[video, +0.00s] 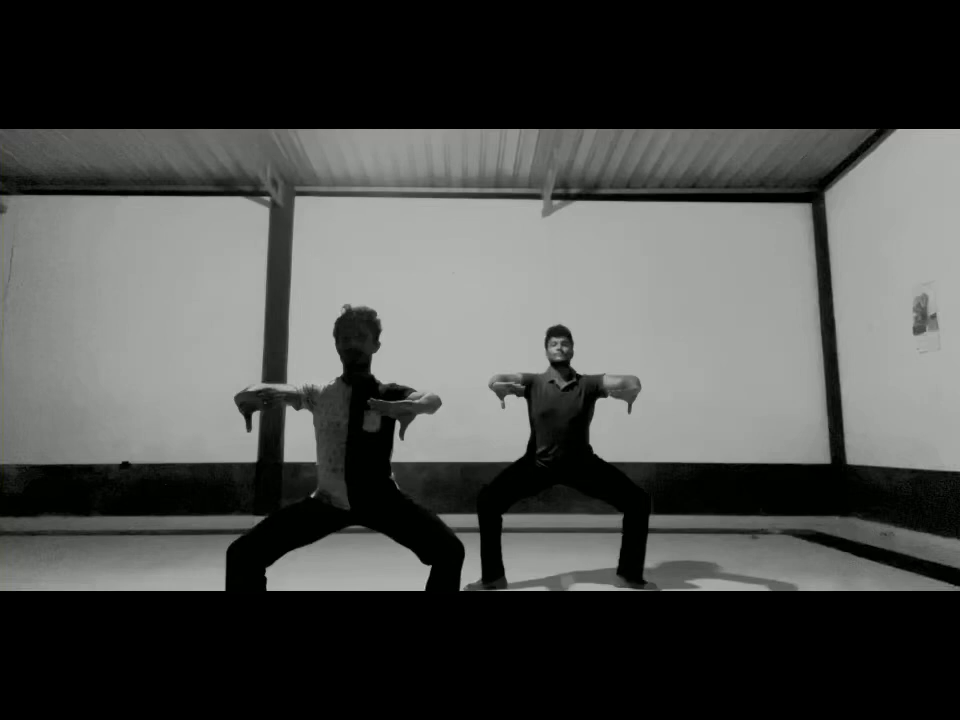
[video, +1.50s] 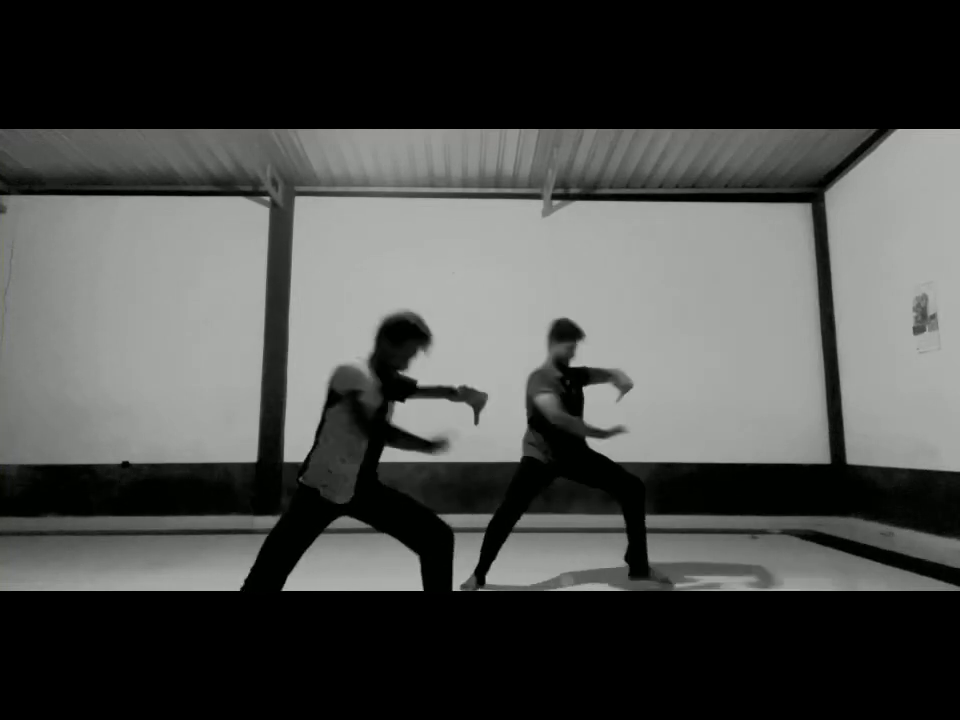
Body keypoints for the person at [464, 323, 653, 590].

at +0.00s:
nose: (560, 348)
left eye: (565, 344)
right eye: (554, 344)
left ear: (572, 350)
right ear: (546, 351)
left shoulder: (588, 383)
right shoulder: (533, 382)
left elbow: (629, 382)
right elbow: (495, 381)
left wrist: (630, 390)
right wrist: (503, 387)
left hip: (581, 464)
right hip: (538, 465)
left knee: (638, 501)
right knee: (489, 500)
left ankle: (630, 574)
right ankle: (493, 577)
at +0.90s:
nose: (575, 349)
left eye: (578, 343)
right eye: (569, 344)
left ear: (584, 344)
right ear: (559, 345)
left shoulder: (599, 378)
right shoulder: (544, 377)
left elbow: (639, 376)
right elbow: (504, 376)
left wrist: (663, 386)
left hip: (586, 458)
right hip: (547, 459)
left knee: (639, 497)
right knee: (514, 513)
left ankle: (640, 571)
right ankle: (488, 574)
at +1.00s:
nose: (592, 342)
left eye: (595, 337)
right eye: (585, 338)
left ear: (599, 341)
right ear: (574, 342)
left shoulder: (607, 378)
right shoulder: (564, 370)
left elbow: (646, 378)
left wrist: (672, 390)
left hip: (589, 457)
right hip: (553, 455)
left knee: (640, 497)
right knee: (522, 511)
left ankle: (642, 572)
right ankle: (485, 574)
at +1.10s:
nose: (614, 347)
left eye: (614, 343)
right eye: (609, 343)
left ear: (612, 348)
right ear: (592, 346)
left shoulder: (611, 385)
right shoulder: (577, 368)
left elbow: (644, 389)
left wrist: (661, 396)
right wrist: (635, 356)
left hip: (583, 456)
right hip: (551, 451)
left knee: (632, 496)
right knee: (520, 507)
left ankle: (642, 572)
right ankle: (480, 566)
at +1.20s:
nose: (620, 366)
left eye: (623, 362)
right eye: (616, 360)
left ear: (618, 361)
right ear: (600, 355)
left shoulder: (602, 387)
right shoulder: (585, 373)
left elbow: (623, 398)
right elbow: (623, 376)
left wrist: (642, 405)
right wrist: (663, 370)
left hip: (572, 453)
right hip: (547, 451)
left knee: (624, 495)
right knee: (518, 510)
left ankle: (641, 571)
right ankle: (481, 574)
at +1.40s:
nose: (593, 361)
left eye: (595, 357)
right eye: (592, 355)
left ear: (577, 349)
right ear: (583, 351)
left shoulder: (579, 376)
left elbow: (613, 387)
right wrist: (642, 424)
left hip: (569, 454)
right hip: (540, 454)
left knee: (623, 493)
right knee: (510, 513)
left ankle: (637, 571)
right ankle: (478, 579)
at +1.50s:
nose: (571, 350)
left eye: (574, 344)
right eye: (566, 344)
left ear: (576, 346)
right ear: (552, 343)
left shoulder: (575, 375)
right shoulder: (540, 380)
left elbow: (610, 374)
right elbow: (555, 416)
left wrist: (622, 382)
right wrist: (599, 433)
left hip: (574, 455)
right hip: (540, 457)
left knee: (632, 489)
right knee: (509, 511)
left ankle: (639, 567)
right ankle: (479, 574)